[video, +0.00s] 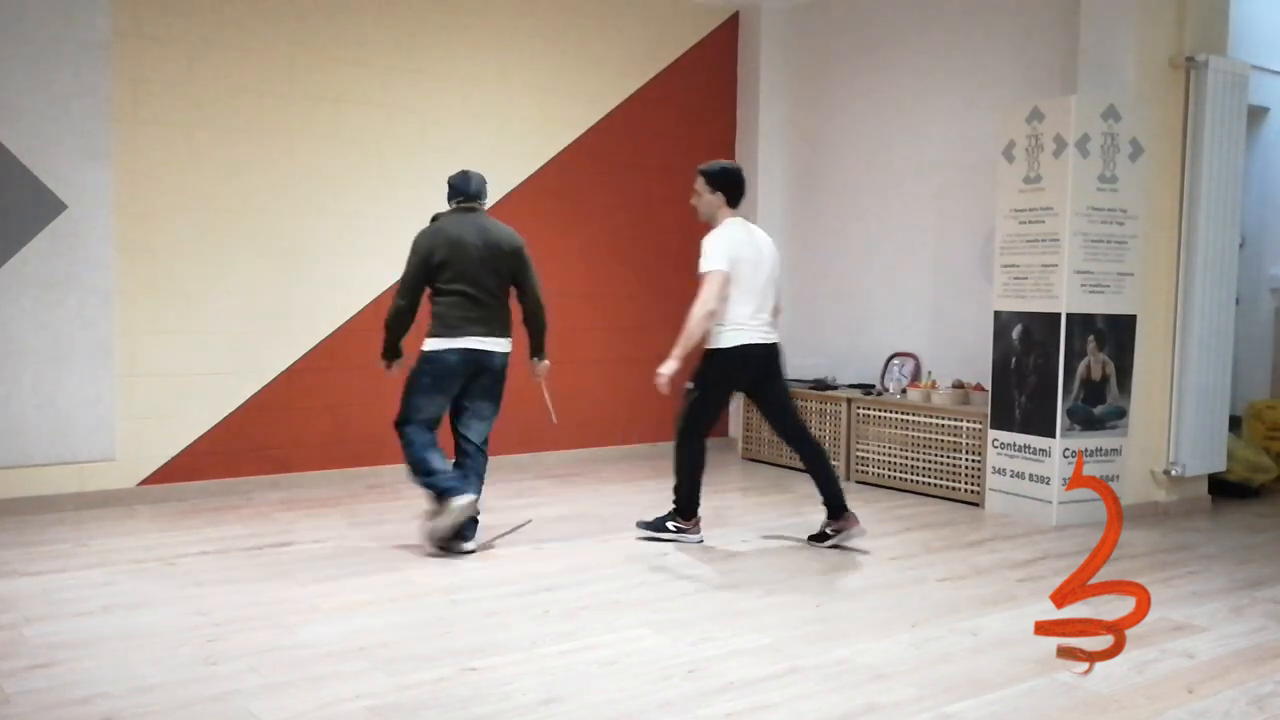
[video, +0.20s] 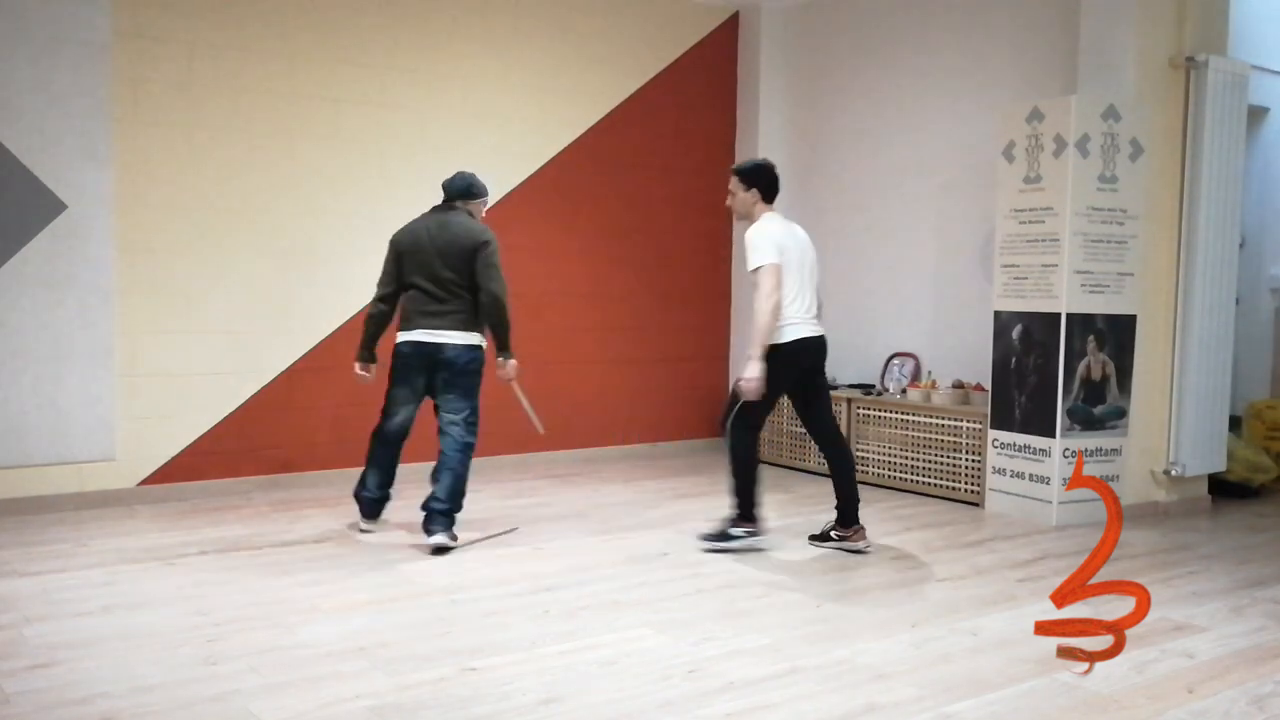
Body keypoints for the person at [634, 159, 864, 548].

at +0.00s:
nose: (693, 201)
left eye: (698, 193)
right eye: (694, 193)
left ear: (719, 196)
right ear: (730, 197)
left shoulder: (718, 238)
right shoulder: (764, 241)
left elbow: (709, 304)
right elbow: (773, 309)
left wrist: (674, 359)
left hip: (727, 354)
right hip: (765, 354)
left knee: (691, 431)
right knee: (794, 431)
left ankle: (684, 517)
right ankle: (840, 514)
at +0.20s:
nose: (728, 200)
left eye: (733, 192)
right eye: (729, 192)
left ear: (754, 194)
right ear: (764, 196)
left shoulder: (760, 232)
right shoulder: (796, 232)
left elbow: (769, 297)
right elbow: (811, 300)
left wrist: (755, 358)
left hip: (782, 348)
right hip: (811, 347)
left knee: (742, 426)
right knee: (829, 435)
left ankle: (744, 520)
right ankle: (849, 524)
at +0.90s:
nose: (735, 185)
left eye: (737, 176)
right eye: (736, 177)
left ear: (753, 177)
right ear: (774, 176)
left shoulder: (773, 224)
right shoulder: (806, 220)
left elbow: (754, 304)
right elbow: (827, 296)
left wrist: (710, 360)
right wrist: (825, 356)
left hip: (788, 354)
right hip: (808, 348)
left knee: (794, 449)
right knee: (768, 438)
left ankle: (812, 555)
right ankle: (802, 530)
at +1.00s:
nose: (722, 185)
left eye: (724, 176)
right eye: (722, 176)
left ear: (740, 176)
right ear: (763, 175)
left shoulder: (757, 224)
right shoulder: (796, 219)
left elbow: (738, 306)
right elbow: (821, 293)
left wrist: (696, 360)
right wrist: (817, 355)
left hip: (777, 355)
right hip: (797, 349)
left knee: (795, 454)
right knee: (737, 435)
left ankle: (811, 557)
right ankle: (751, 537)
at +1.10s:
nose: (708, 188)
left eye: (710, 178)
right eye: (708, 179)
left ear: (725, 177)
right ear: (750, 177)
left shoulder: (740, 228)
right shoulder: (784, 223)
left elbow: (723, 308)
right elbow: (807, 298)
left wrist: (687, 365)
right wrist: (806, 362)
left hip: (757, 362)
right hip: (785, 356)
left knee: (724, 447)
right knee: (793, 457)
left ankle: (695, 545)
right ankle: (811, 556)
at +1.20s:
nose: (691, 192)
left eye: (692, 182)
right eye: (691, 183)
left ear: (706, 180)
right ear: (733, 180)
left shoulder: (722, 230)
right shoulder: (765, 228)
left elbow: (708, 311)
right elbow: (789, 302)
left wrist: (680, 371)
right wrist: (787, 366)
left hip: (737, 366)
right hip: (765, 361)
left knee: (707, 462)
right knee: (774, 461)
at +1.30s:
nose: (671, 189)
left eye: (672, 179)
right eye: (672, 179)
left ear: (685, 179)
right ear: (712, 179)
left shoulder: (704, 224)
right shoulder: (743, 226)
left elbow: (696, 305)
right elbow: (763, 307)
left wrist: (673, 372)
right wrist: (761, 371)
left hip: (714, 366)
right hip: (734, 362)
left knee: (734, 459)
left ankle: (797, 542)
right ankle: (664, 555)